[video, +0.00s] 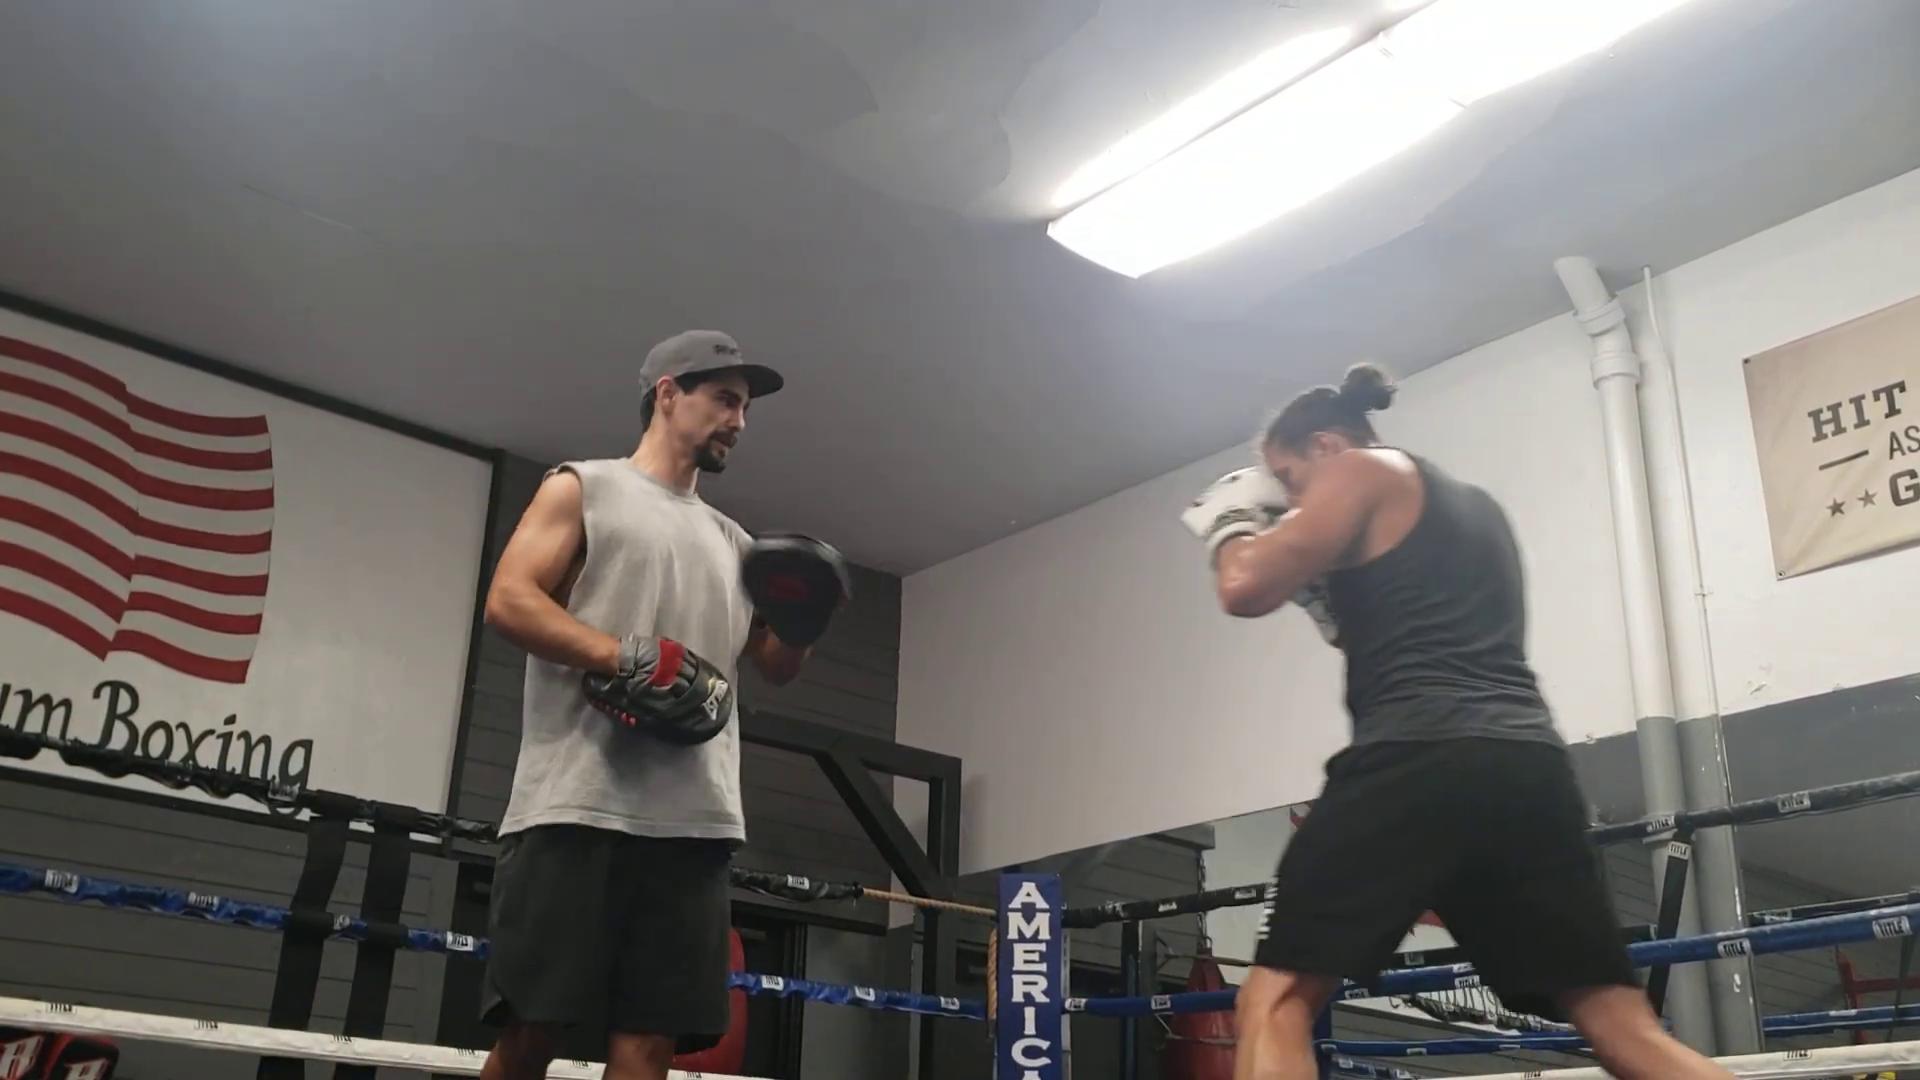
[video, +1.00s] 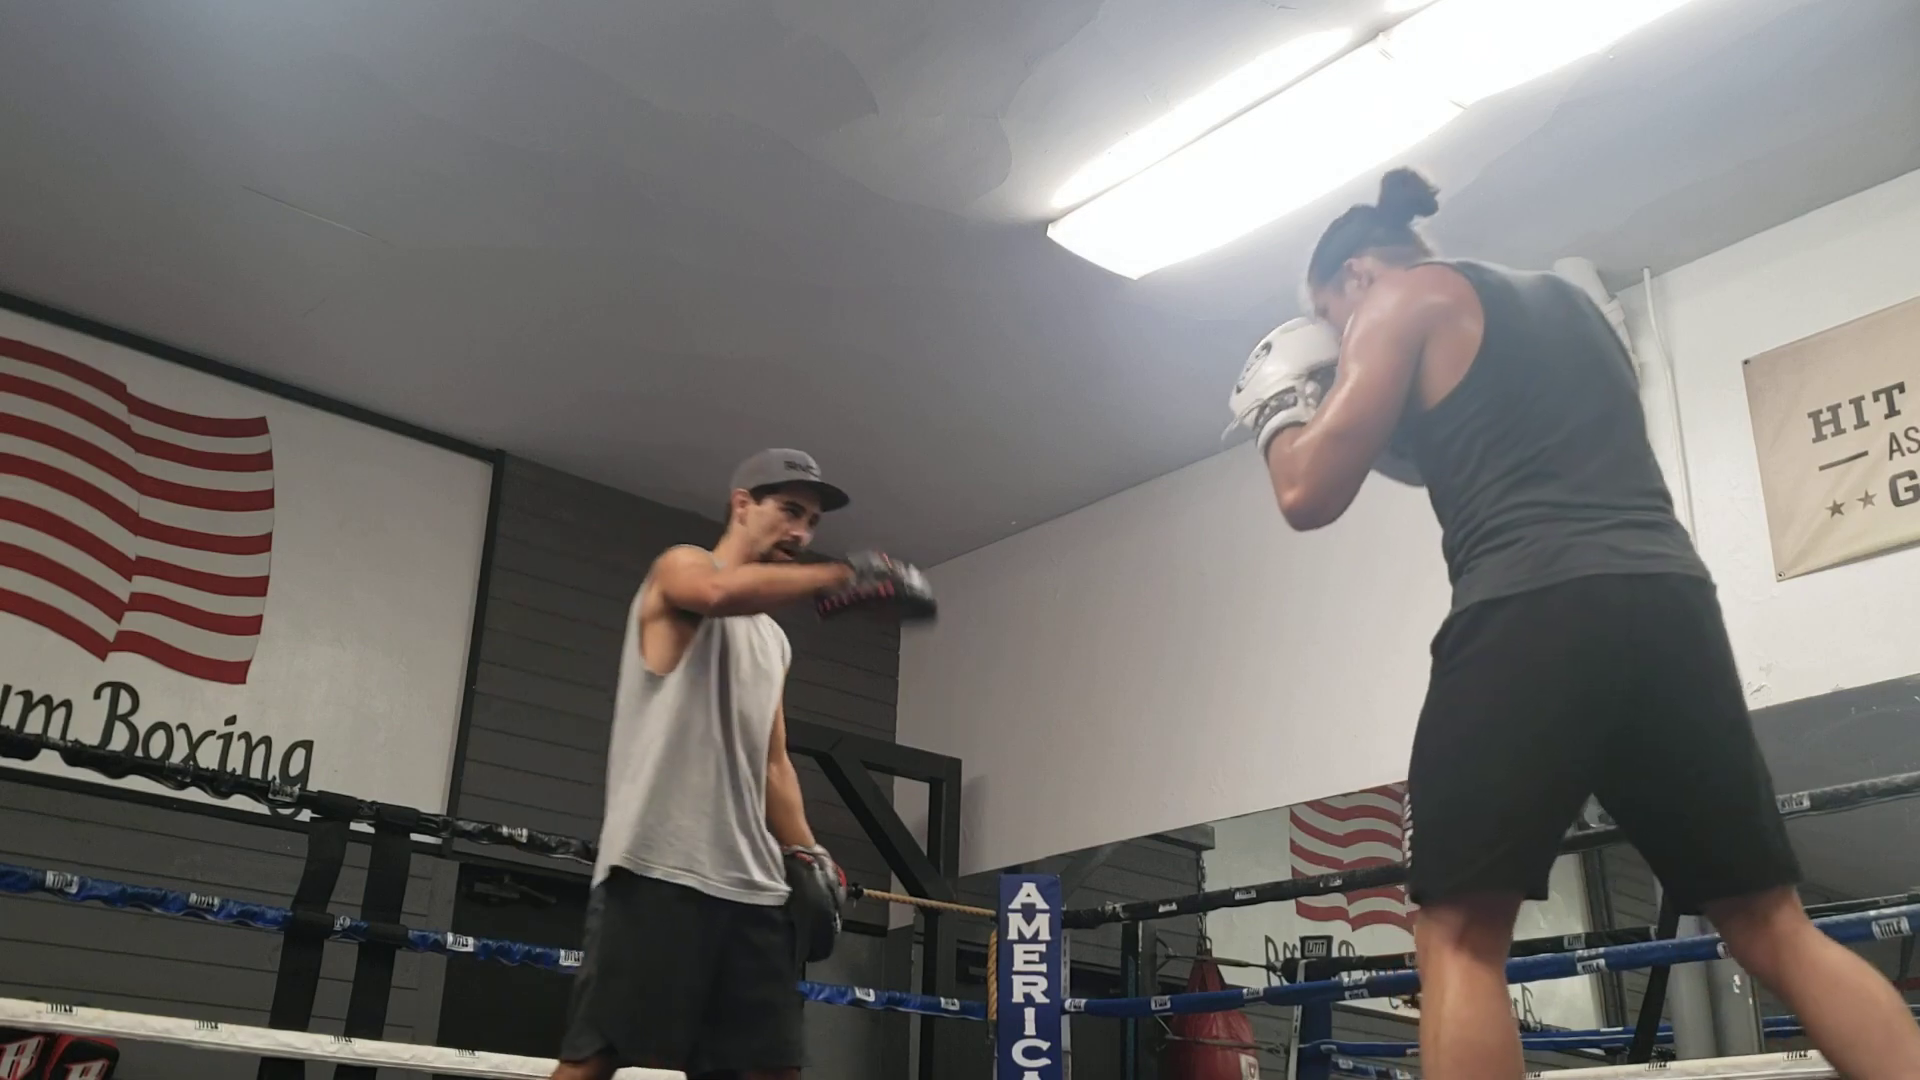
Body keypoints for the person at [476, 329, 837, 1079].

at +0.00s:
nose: (739, 419)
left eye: (746, 407)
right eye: (725, 398)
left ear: (744, 420)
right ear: (667, 393)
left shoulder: (738, 544)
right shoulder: (579, 488)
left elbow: (775, 666)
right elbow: (509, 598)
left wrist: (803, 613)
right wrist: (629, 658)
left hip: (691, 825)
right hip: (573, 809)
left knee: (647, 1048)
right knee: (531, 1037)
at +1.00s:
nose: (802, 533)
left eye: (813, 524)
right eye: (791, 511)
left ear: (814, 532)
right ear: (741, 501)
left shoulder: (773, 641)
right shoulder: (680, 564)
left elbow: (775, 760)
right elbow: (713, 591)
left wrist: (807, 854)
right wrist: (843, 574)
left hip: (753, 891)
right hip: (655, 873)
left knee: (770, 1067)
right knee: (589, 1063)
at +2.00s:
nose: (734, 438)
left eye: (743, 425)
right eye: (716, 420)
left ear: (749, 435)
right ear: (664, 423)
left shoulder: (781, 542)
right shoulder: (597, 544)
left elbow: (853, 633)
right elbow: (534, 665)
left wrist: (887, 543)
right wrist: (614, 689)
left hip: (756, 833)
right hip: (635, 830)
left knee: (792, 1043)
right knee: (604, 1046)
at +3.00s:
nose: (891, 318)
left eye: (901, 302)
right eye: (880, 291)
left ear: (889, 317)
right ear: (816, 274)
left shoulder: (881, 429)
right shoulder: (713, 379)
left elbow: (990, 485)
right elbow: (625, 500)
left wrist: (1089, 416)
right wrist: (769, 551)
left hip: (825, 764)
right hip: (687, 743)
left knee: (791, 1023)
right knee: (606, 997)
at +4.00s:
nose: (738, 341)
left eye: (746, 326)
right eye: (731, 312)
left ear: (691, 304)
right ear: (674, 286)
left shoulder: (677, 457)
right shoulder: (583, 370)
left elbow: (654, 603)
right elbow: (512, 482)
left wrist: (717, 689)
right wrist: (656, 591)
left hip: (638, 756)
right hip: (542, 724)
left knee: (629, 1016)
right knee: (495, 966)